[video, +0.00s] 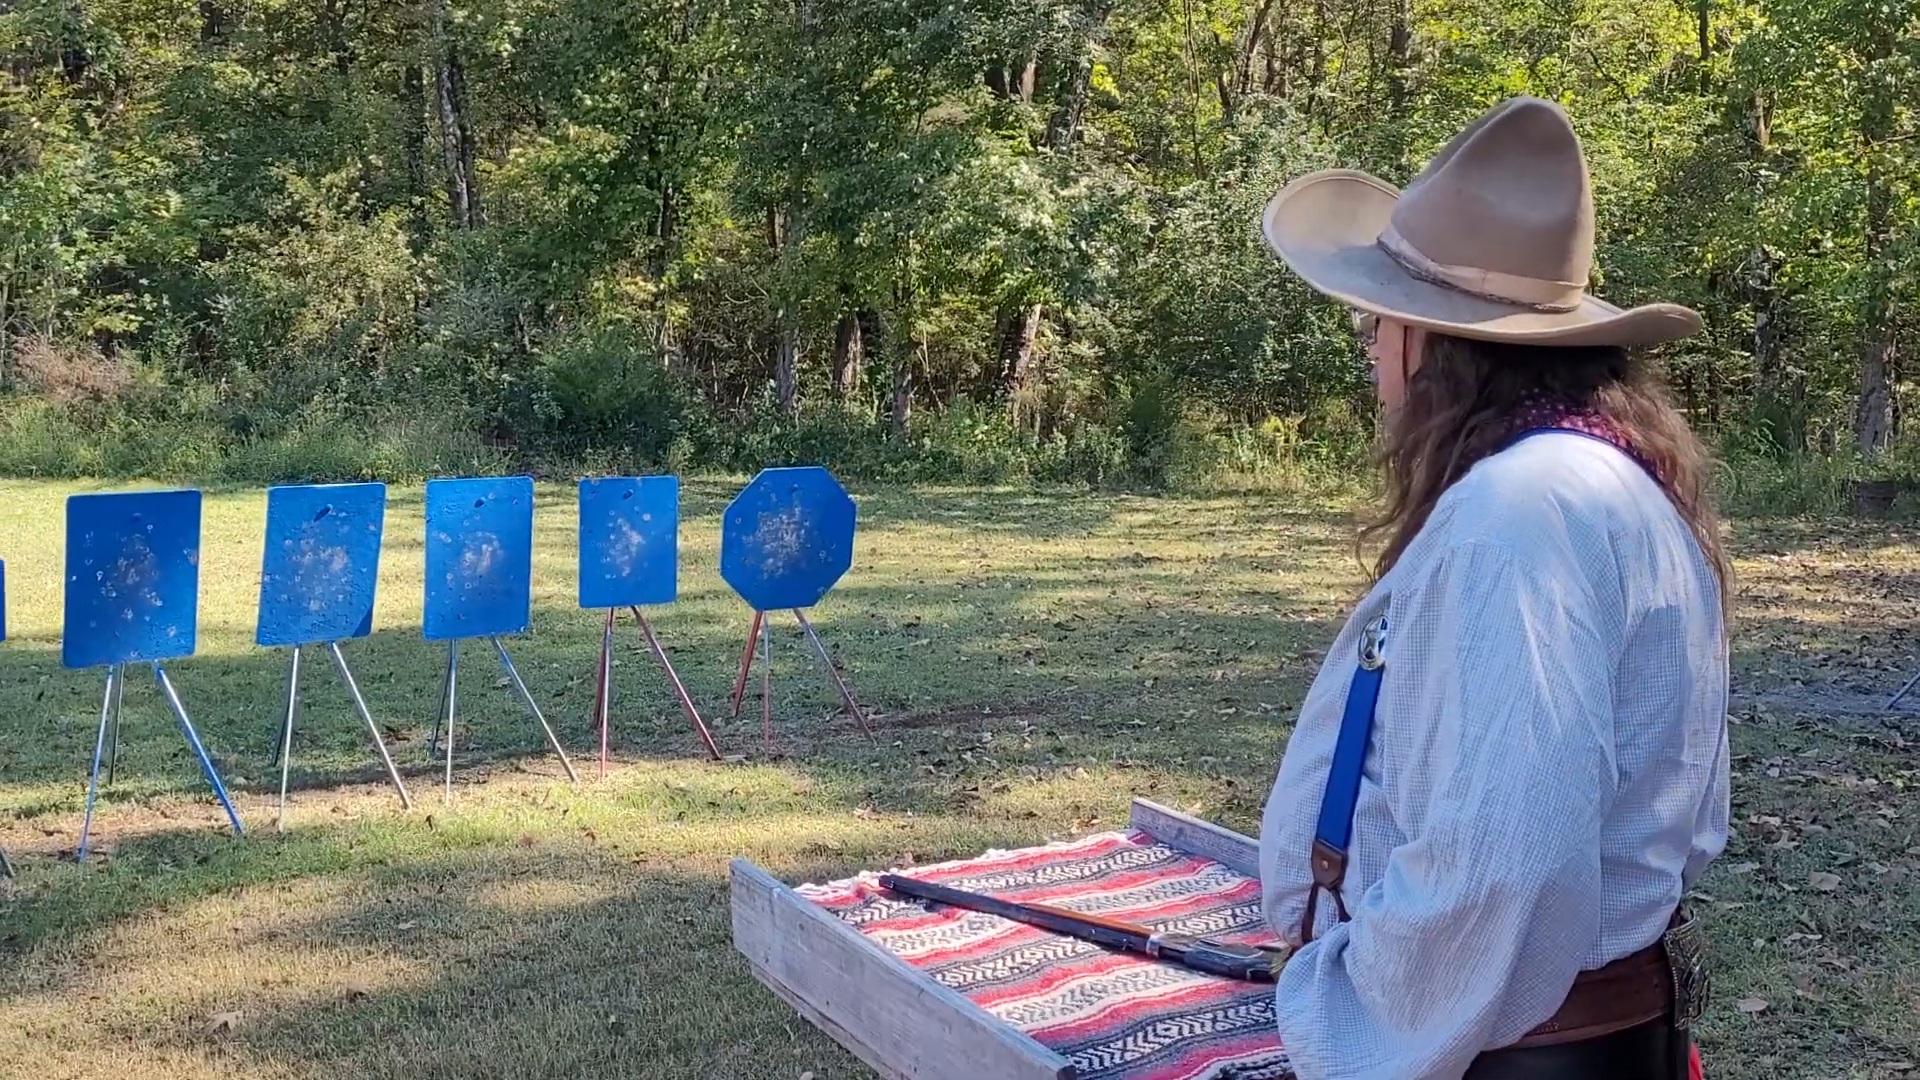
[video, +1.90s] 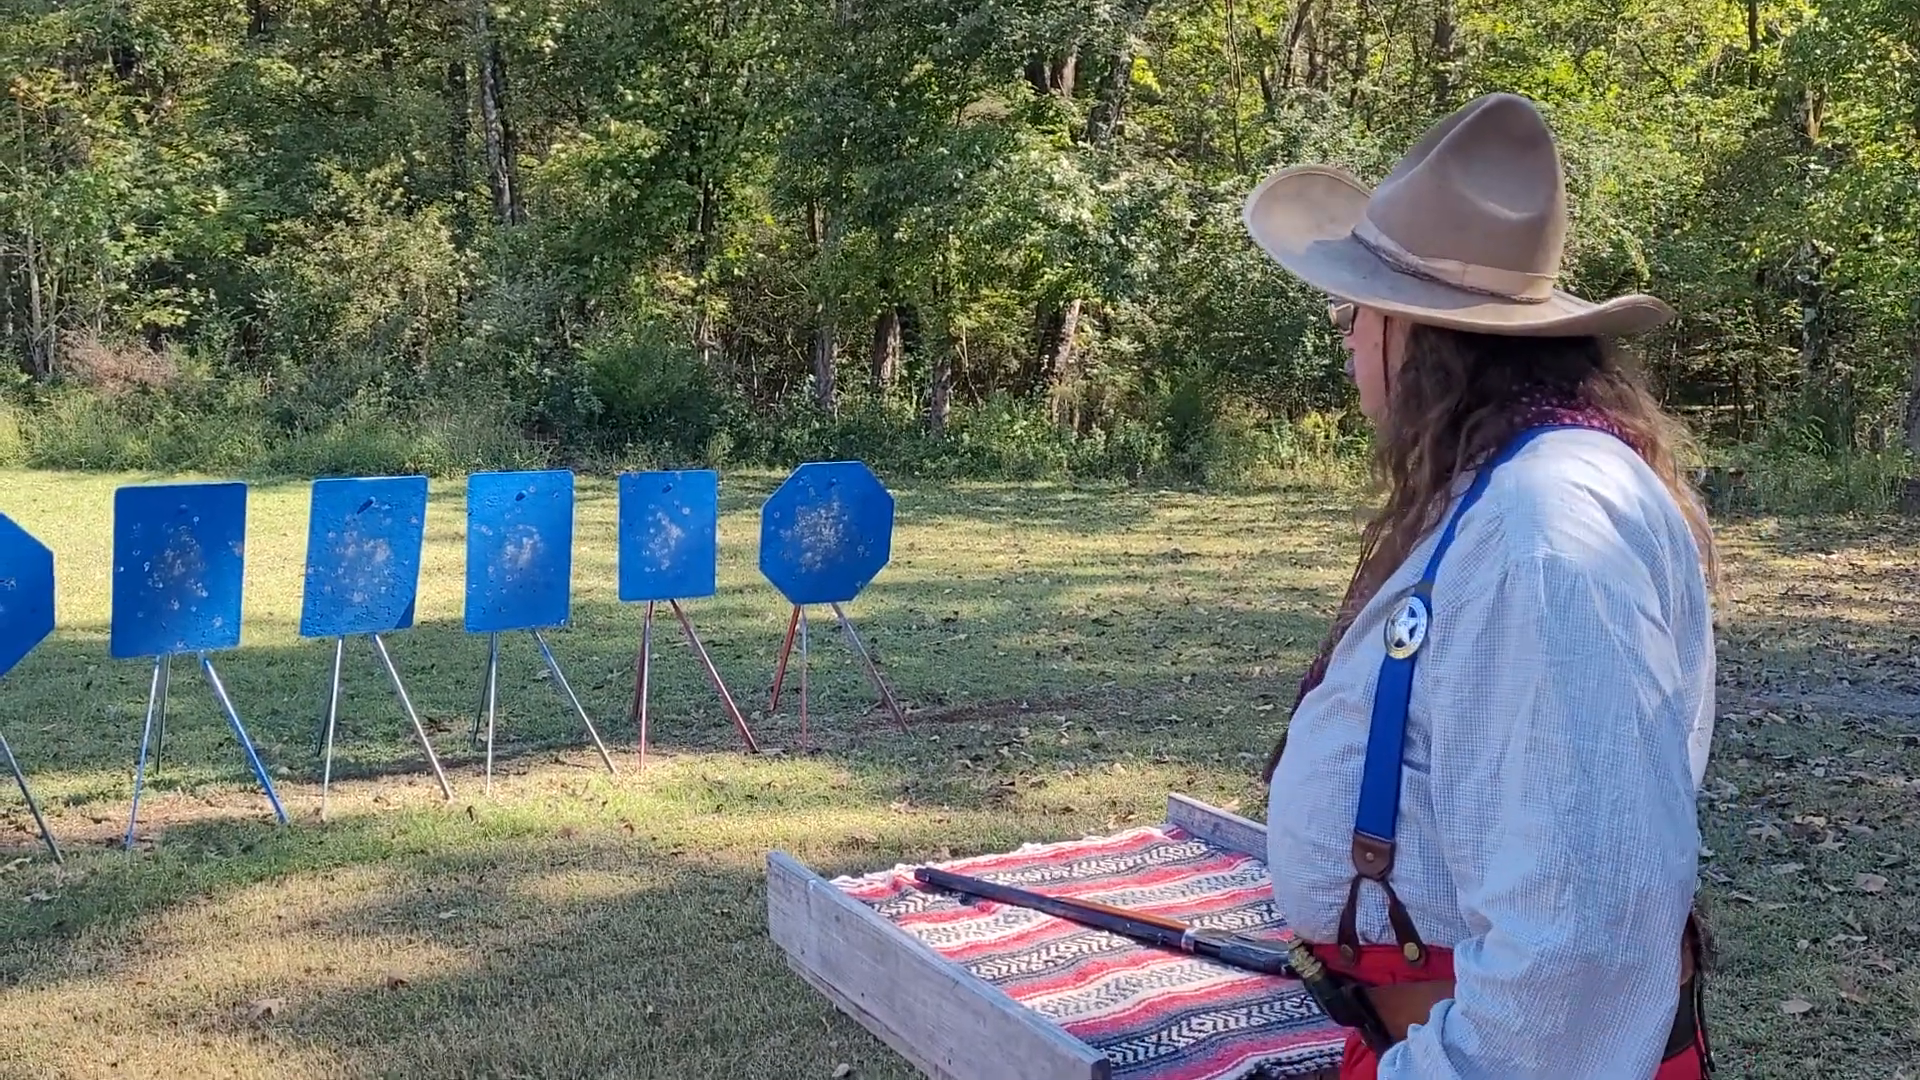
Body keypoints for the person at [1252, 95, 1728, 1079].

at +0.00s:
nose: (1369, 345)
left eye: (1381, 320)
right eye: (1374, 319)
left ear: (1439, 341)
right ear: (1546, 334)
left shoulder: (1523, 506)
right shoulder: (1609, 478)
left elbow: (1504, 858)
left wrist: (1339, 998)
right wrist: (1355, 895)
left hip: (1527, 1035)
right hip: (1611, 1004)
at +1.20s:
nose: (1413, 341)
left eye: (1425, 316)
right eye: (1419, 315)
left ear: (1486, 340)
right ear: (1586, 335)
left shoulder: (1573, 507)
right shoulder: (1656, 475)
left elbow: (1550, 851)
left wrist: (1379, 981)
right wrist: (1399, 903)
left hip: (1577, 1036)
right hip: (1658, 1003)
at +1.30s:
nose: (1402, 343)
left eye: (1413, 318)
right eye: (1406, 318)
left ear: (1476, 337)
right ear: (1583, 332)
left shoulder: (1560, 511)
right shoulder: (1667, 475)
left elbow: (1565, 862)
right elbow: (1783, 662)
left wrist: (1370, 992)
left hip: (1573, 1035)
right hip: (1676, 998)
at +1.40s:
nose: (1389, 345)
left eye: (1400, 321)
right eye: (1393, 320)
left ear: (1463, 343)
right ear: (1564, 336)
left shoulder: (1560, 518)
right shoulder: (1653, 474)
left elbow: (1554, 883)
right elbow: (1773, 663)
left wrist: (1347, 1026)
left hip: (1572, 1039)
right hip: (1672, 999)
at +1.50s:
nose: (1370, 344)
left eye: (1384, 319)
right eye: (1376, 319)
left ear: (1450, 344)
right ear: (1536, 337)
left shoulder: (1567, 517)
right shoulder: (1609, 484)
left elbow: (1570, 893)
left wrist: (1353, 1043)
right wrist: (1396, 933)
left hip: (1585, 1040)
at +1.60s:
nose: (1358, 347)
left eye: (1373, 323)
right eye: (1364, 322)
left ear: (1444, 347)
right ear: (1502, 339)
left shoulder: (1567, 520)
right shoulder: (1529, 491)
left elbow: (1583, 902)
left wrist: (1372, 1051)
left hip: (1573, 1040)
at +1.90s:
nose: (1346, 338)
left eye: (1359, 314)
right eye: (1351, 313)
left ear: (1422, 338)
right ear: (1499, 334)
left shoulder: (1548, 531)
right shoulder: (1499, 487)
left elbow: (1582, 931)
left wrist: (1432, 1062)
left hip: (1479, 1032)